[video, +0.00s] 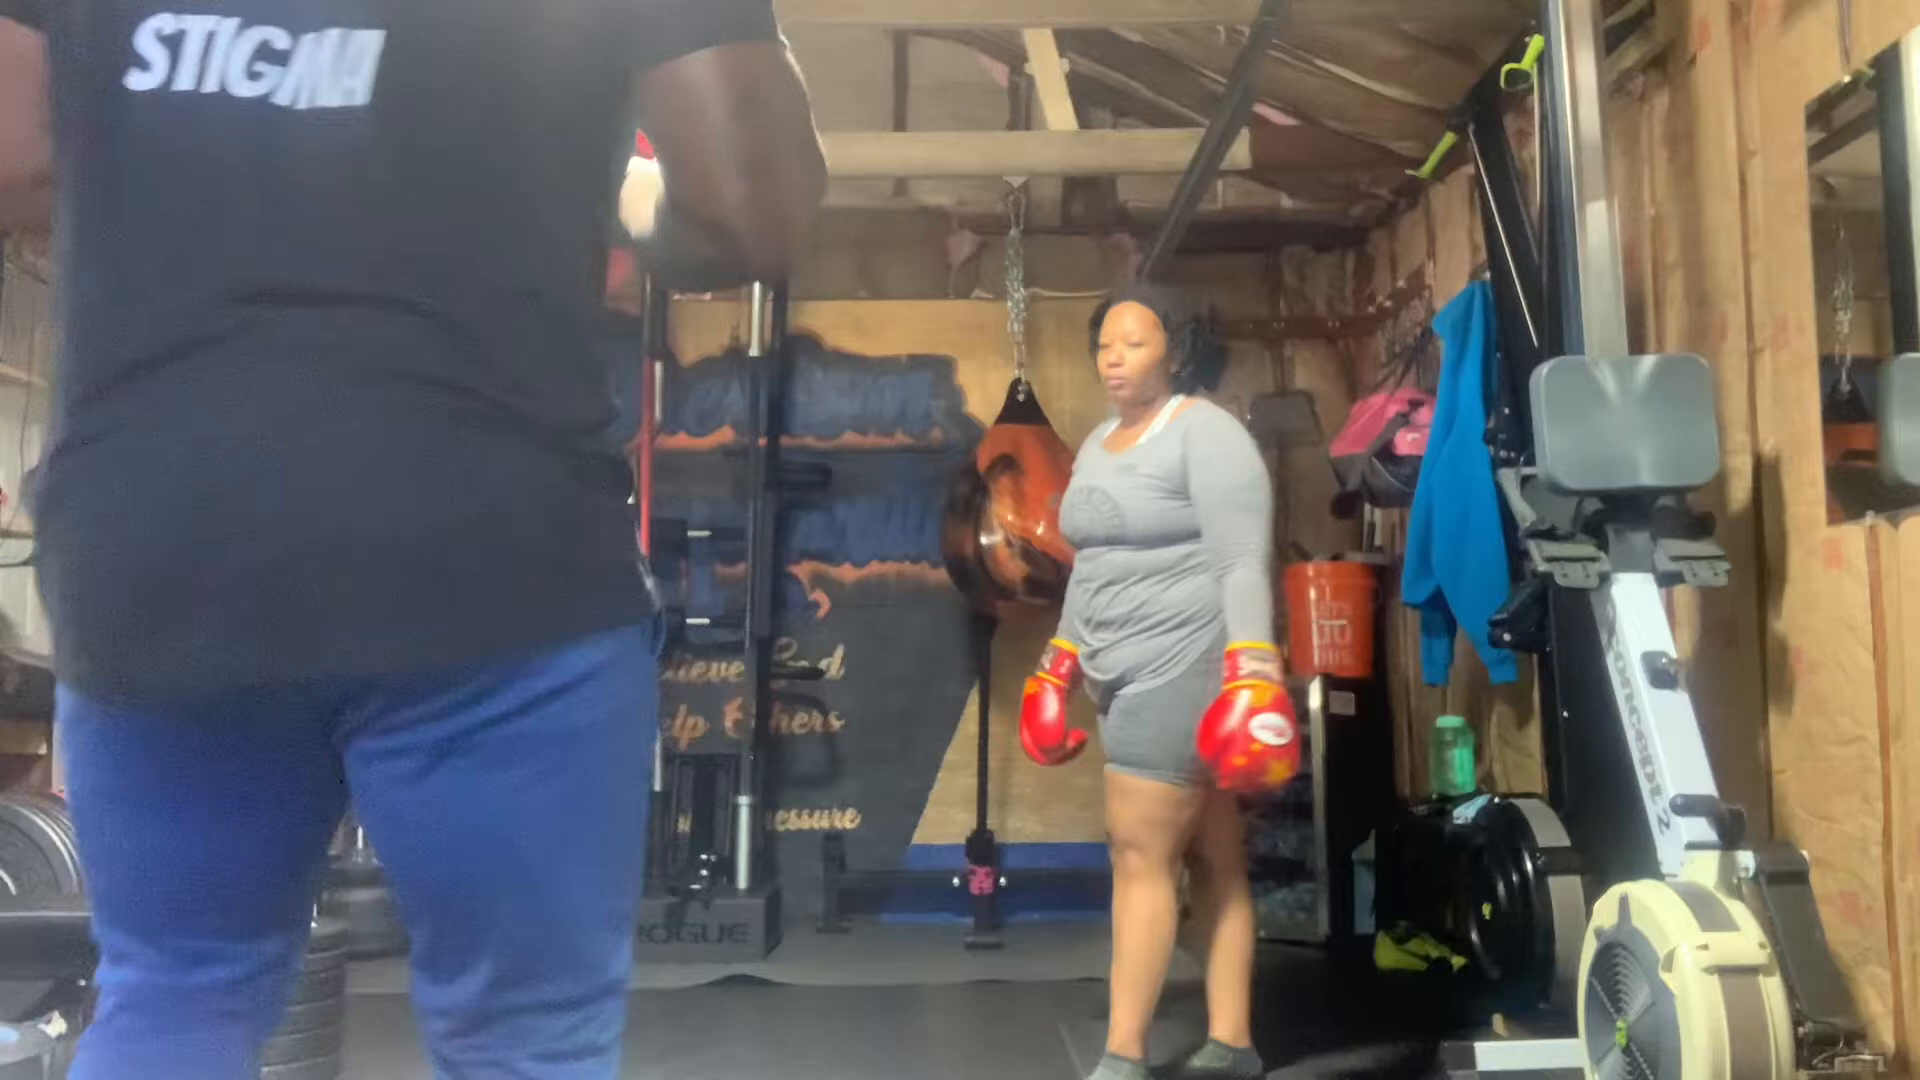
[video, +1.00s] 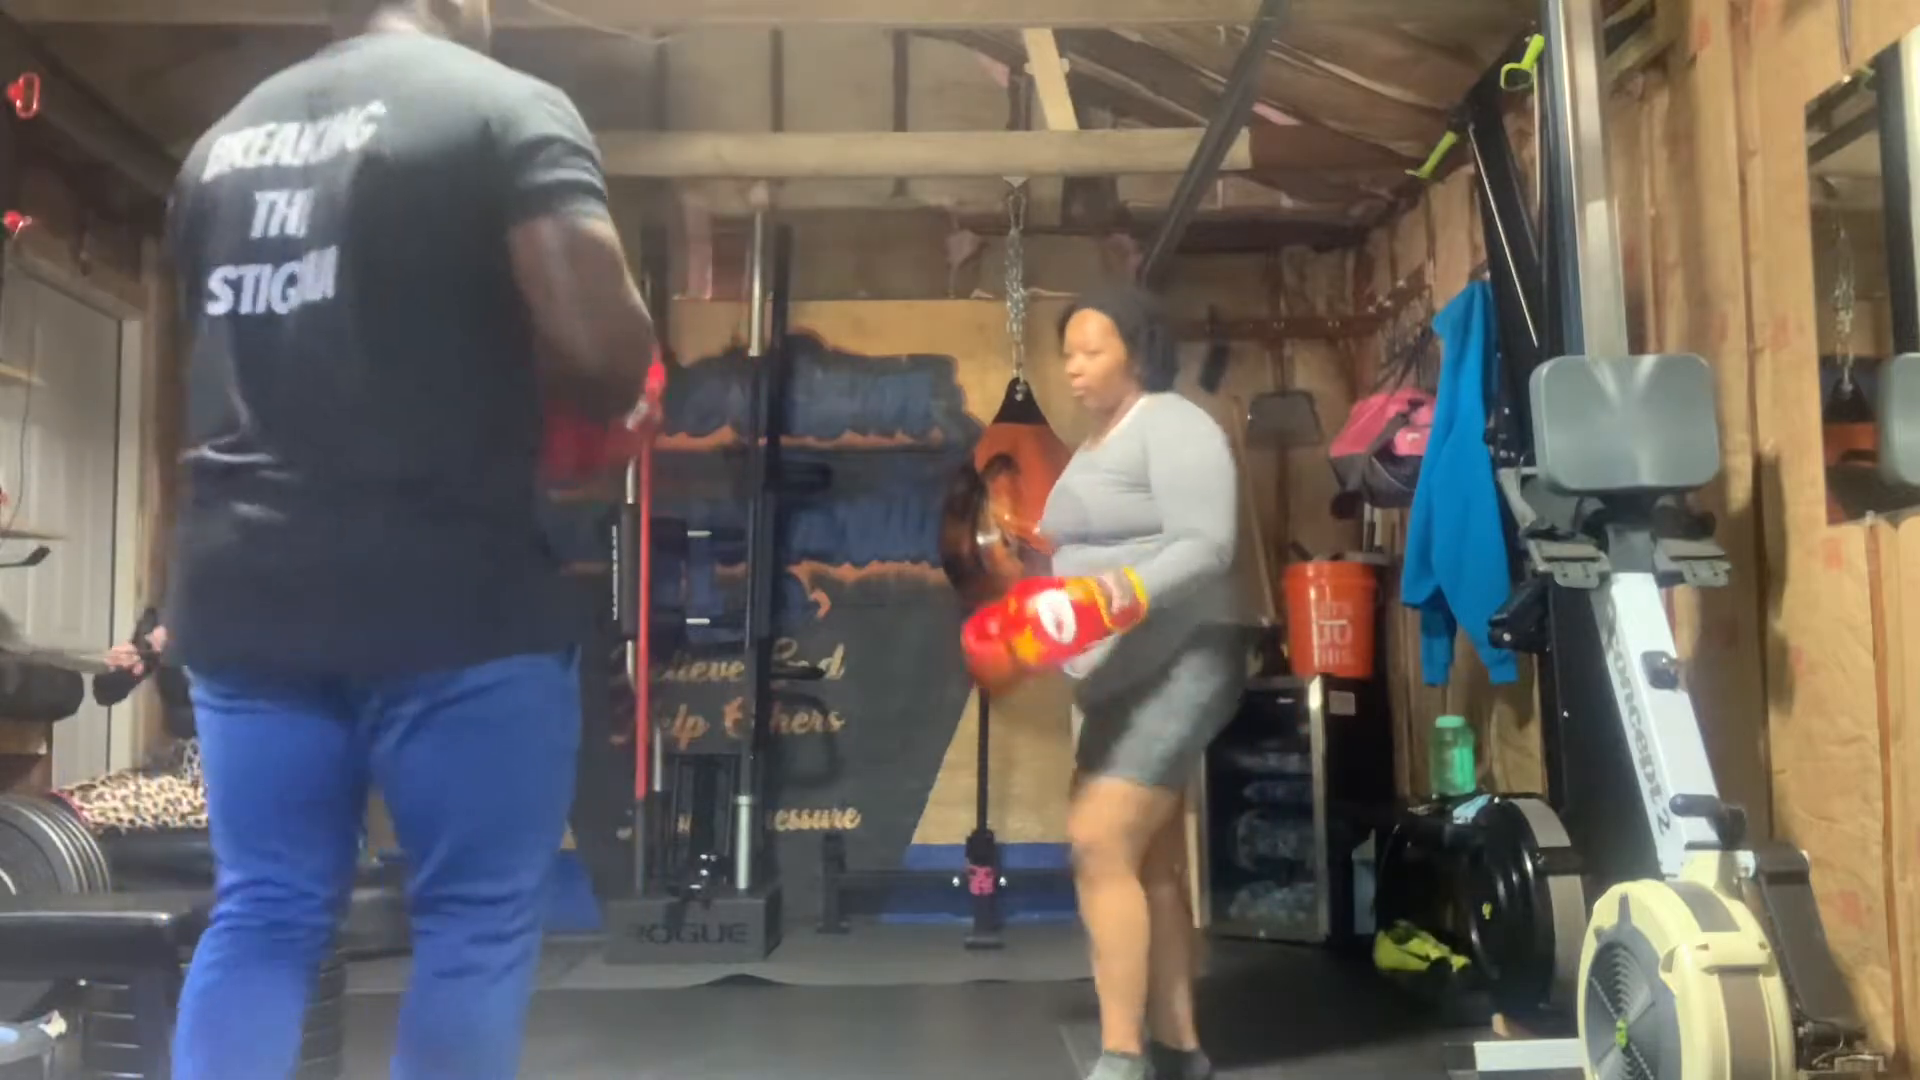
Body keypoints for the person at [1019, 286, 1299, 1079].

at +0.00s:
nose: (1115, 358)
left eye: (1134, 344)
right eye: (1107, 344)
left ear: (1174, 353)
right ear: (1095, 354)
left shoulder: (1210, 432)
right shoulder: (1102, 441)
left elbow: (1244, 556)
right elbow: (1094, 566)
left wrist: (1257, 675)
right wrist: (1058, 663)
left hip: (1186, 672)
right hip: (1133, 674)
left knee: (1139, 859)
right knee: (1217, 862)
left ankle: (1123, 1055)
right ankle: (1230, 1042)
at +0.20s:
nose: (1085, 364)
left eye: (1103, 348)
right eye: (1080, 350)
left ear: (1147, 354)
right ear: (1077, 357)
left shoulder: (1181, 429)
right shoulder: (1094, 437)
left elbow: (1202, 557)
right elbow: (1081, 567)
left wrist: (1165, 676)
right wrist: (1020, 650)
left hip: (1166, 671)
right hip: (1130, 672)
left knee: (1140, 862)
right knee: (1218, 858)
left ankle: (1122, 1059)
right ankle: (1232, 1042)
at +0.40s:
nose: (1063, 364)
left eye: (1077, 347)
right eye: (1060, 350)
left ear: (1124, 347)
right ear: (1082, 357)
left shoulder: (1157, 423)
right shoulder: (1107, 433)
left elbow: (1168, 557)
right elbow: (1093, 572)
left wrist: (1102, 671)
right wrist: (1029, 646)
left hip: (1184, 636)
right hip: (1153, 641)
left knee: (1127, 833)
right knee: (1206, 846)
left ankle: (1121, 1058)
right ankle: (1232, 1042)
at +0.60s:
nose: (1054, 364)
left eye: (1070, 346)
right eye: (1050, 349)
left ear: (1115, 348)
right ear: (1054, 358)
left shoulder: (1142, 422)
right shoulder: (1103, 429)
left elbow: (1152, 555)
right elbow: (1104, 552)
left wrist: (1098, 672)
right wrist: (1029, 545)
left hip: (1171, 636)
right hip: (1140, 640)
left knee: (1129, 845)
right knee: (1160, 855)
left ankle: (1120, 1059)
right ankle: (1224, 1026)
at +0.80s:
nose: (1058, 359)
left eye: (1074, 341)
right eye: (1054, 344)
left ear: (1120, 345)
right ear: (1058, 354)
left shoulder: (1145, 420)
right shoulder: (1105, 428)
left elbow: (1164, 553)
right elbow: (1107, 549)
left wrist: (1112, 669)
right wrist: (1028, 546)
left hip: (1171, 637)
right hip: (1142, 639)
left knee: (1124, 848)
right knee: (1145, 850)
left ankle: (1121, 1056)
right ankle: (1182, 1025)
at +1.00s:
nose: (1077, 368)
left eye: (1092, 351)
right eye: (1070, 354)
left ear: (1136, 355)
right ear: (1067, 363)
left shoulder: (1176, 424)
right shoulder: (1092, 451)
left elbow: (1208, 541)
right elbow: (1077, 561)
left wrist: (1105, 597)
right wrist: (1027, 555)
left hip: (1187, 653)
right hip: (1116, 663)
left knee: (1100, 836)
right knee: (1156, 863)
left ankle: (1122, 1059)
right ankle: (1179, 1046)